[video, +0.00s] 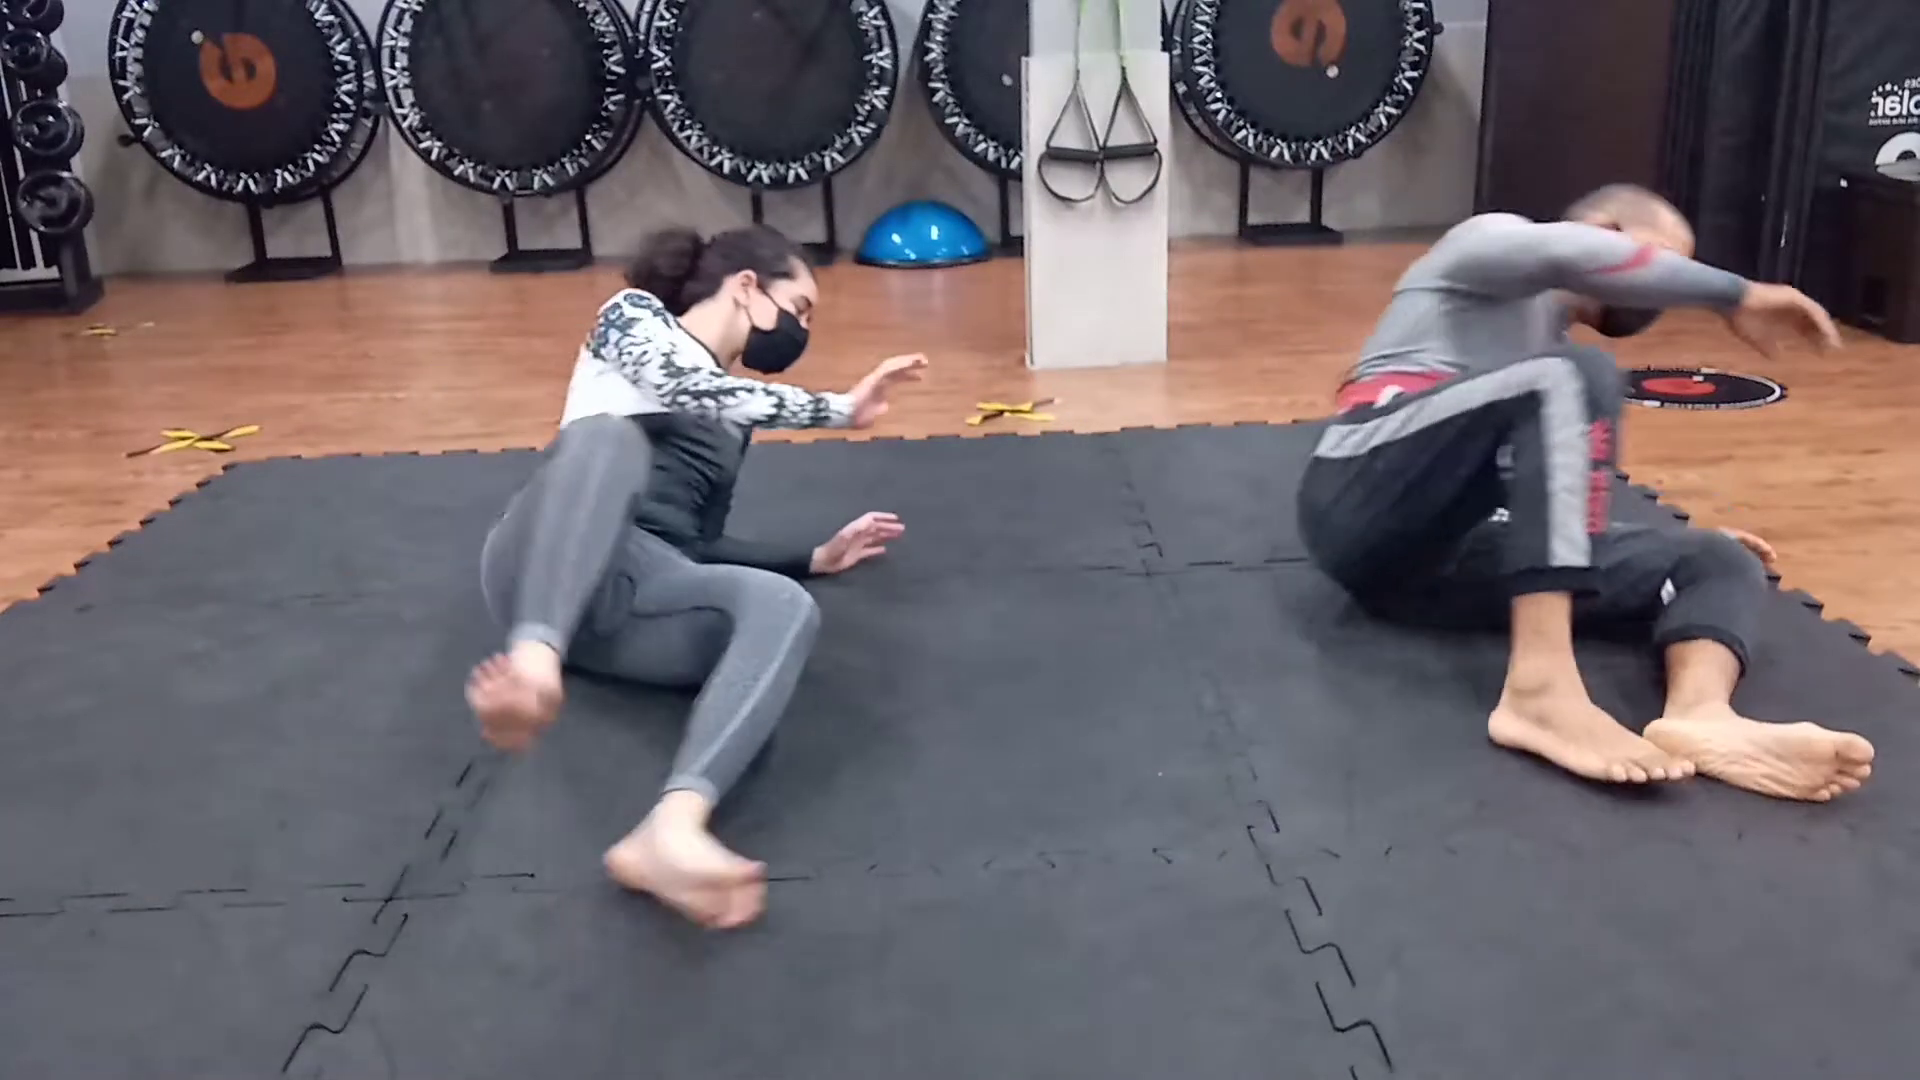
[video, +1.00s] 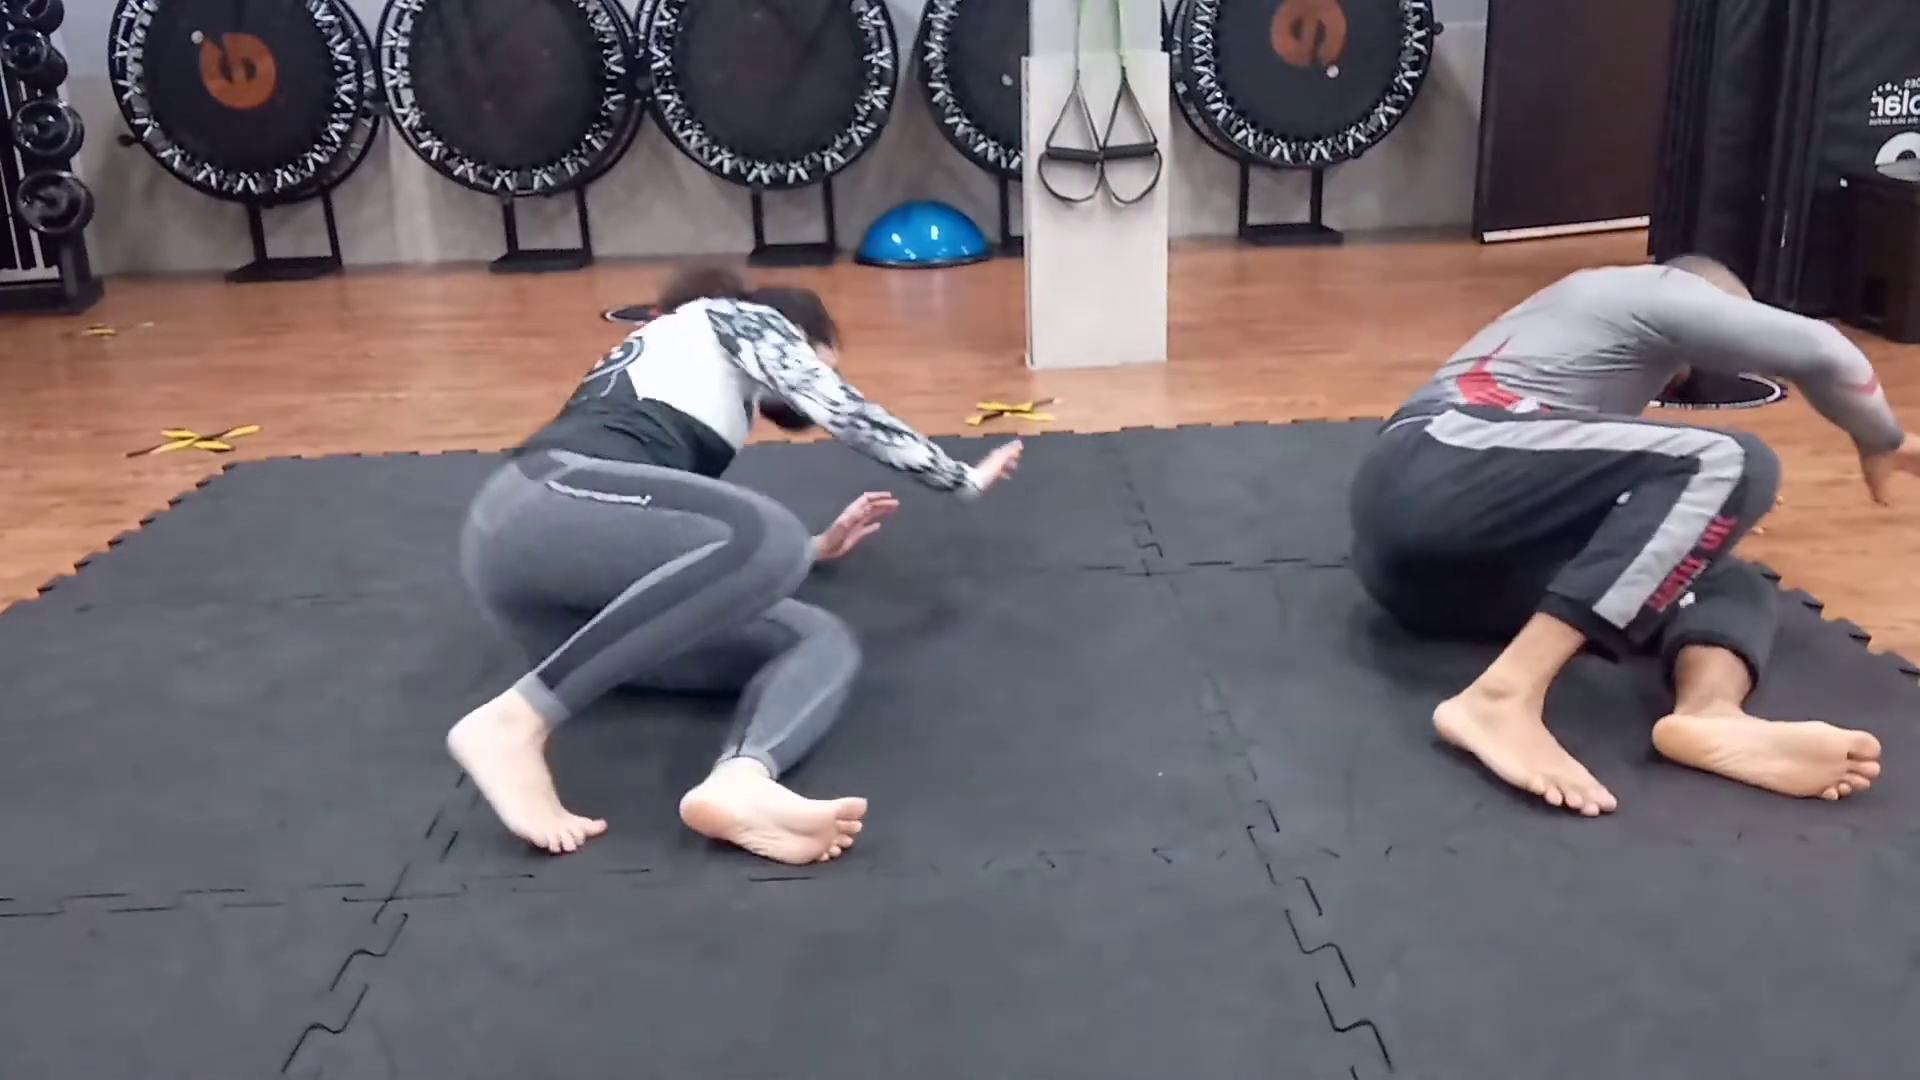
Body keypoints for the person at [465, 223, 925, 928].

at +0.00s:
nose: (804, 332)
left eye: (809, 319)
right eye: (800, 310)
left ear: (745, 296)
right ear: (744, 288)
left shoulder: (731, 418)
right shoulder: (631, 317)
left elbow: (690, 546)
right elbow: (696, 387)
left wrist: (815, 561)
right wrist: (840, 410)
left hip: (651, 600)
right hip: (559, 562)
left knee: (785, 603)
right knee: (608, 435)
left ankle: (672, 828)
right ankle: (533, 667)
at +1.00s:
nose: (818, 384)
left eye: (821, 370)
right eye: (817, 364)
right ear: (787, 330)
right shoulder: (735, 317)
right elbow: (840, 411)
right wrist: (963, 477)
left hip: (545, 617)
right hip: (531, 503)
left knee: (823, 638)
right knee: (773, 540)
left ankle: (741, 775)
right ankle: (513, 722)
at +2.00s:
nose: (715, 348)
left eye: (724, 338)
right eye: (707, 324)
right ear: (643, 303)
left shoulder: (650, 430)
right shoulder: (551, 314)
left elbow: (688, 552)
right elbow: (593, 393)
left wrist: (792, 536)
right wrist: (750, 444)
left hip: (490, 604)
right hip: (387, 562)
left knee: (653, 624)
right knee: (407, 456)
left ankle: (678, 798)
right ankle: (405, 756)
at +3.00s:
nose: (275, 269)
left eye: (292, 245)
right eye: (264, 258)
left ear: (363, 248)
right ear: (262, 275)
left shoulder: (450, 368)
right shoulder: (253, 376)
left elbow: (513, 469)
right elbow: (181, 513)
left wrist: (418, 415)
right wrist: (133, 480)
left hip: (397, 578)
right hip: (278, 585)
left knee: (439, 591)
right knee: (164, 620)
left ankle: (444, 852)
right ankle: (155, 886)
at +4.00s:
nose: (126, 331)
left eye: (131, 309)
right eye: (120, 315)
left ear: (191, 296)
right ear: (192, 303)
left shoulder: (303, 341)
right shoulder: (238, 418)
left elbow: (232, 445)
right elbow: (266, 574)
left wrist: (63, 441)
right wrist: (134, 619)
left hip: (380, 598)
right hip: (281, 653)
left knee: (181, 534)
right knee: (56, 679)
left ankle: (283, 815)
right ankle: (9, 893)